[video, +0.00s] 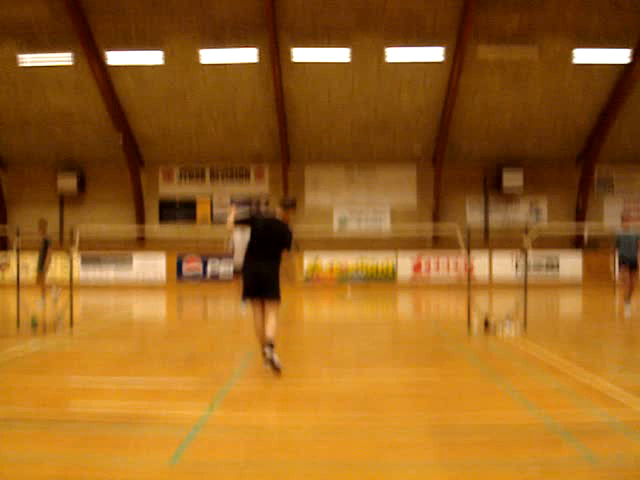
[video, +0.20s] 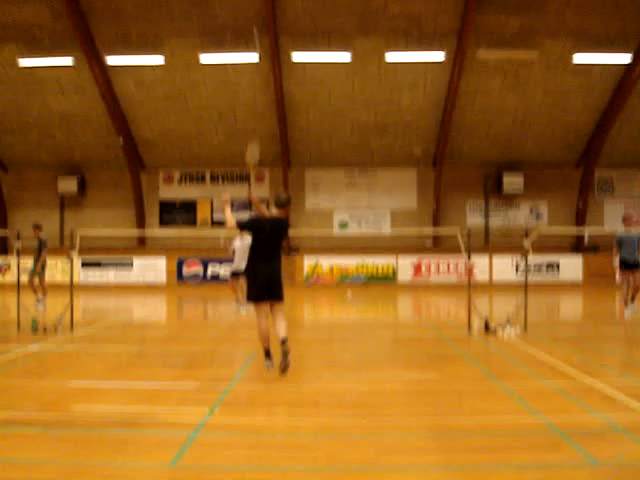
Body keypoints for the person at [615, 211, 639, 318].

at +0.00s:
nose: (626, 225)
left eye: (628, 222)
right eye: (624, 222)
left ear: (630, 223)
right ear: (622, 223)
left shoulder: (635, 236)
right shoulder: (619, 236)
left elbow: (638, 249)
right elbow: (614, 251)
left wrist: (638, 261)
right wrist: (613, 268)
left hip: (633, 260)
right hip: (623, 260)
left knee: (632, 282)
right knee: (624, 281)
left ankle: (628, 301)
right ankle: (626, 302)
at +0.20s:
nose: (628, 224)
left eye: (629, 221)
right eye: (626, 221)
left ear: (632, 221)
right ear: (623, 222)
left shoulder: (636, 235)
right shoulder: (619, 235)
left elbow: (638, 251)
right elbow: (615, 254)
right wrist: (617, 271)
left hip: (635, 262)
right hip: (624, 263)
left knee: (636, 285)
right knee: (625, 286)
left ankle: (632, 301)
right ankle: (626, 306)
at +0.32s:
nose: (631, 225)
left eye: (632, 222)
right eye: (629, 222)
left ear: (633, 223)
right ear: (625, 224)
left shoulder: (637, 235)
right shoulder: (622, 236)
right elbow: (619, 252)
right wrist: (620, 266)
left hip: (636, 263)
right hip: (627, 263)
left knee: (637, 286)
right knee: (626, 286)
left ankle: (637, 306)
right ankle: (626, 307)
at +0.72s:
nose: (638, 226)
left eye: (638, 224)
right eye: (637, 224)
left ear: (637, 226)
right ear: (635, 226)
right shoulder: (629, 238)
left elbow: (623, 252)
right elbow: (623, 251)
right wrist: (621, 262)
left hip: (637, 264)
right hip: (630, 263)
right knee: (627, 285)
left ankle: (637, 309)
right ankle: (626, 306)